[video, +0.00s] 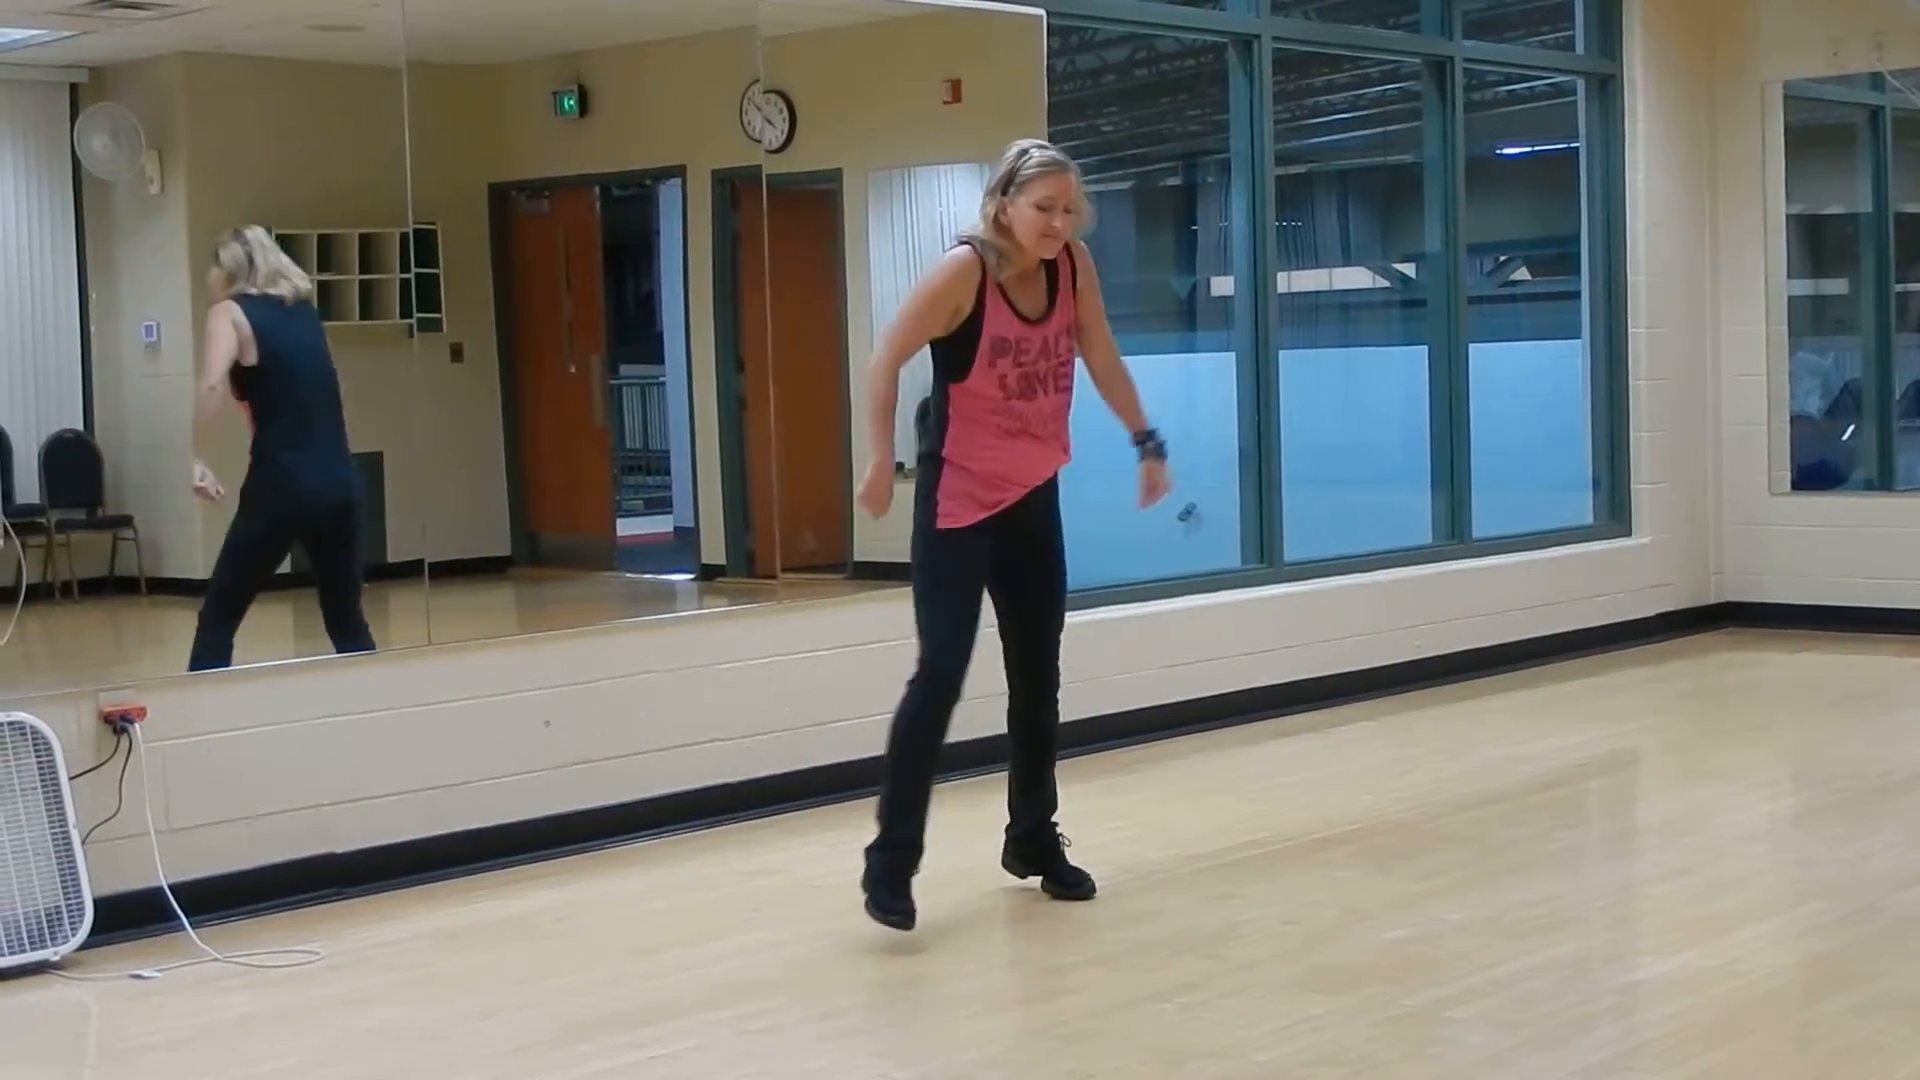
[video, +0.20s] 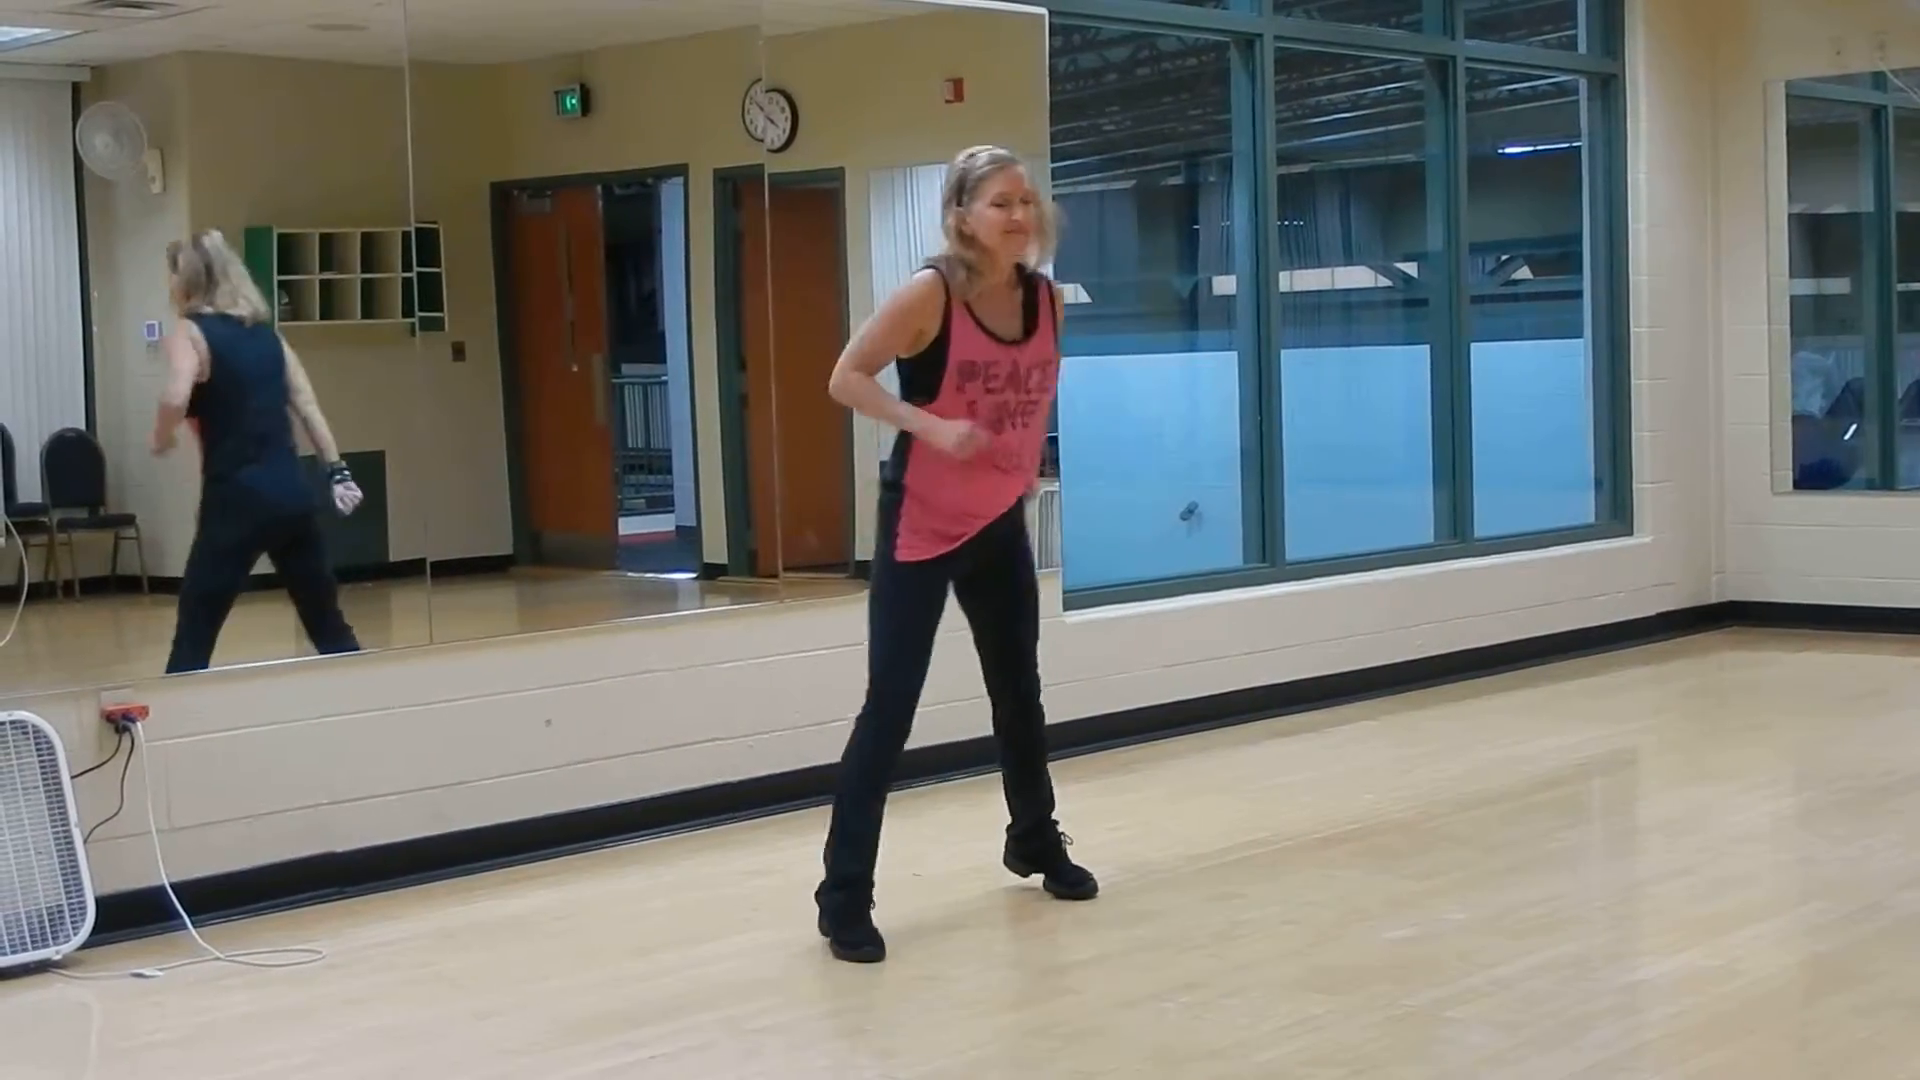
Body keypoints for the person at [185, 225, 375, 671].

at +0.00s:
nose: (212, 282)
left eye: (216, 273)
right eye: (212, 273)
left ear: (230, 271)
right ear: (274, 266)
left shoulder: (230, 311)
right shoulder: (305, 313)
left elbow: (214, 387)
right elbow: (320, 391)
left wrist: (198, 457)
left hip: (279, 488)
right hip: (337, 484)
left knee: (218, 620)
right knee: (347, 621)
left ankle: (199, 731)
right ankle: (384, 725)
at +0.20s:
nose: (170, 286)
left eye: (173, 275)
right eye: (171, 275)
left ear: (190, 278)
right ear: (228, 275)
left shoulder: (190, 332)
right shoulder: (269, 336)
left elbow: (176, 398)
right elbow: (306, 403)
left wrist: (162, 438)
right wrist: (336, 467)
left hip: (235, 501)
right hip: (291, 493)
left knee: (196, 630)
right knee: (325, 619)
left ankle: (171, 734)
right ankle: (373, 715)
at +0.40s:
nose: (125, 285)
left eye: (129, 276)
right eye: (127, 275)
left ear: (142, 281)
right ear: (189, 276)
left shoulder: (134, 343)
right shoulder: (225, 335)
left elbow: (110, 434)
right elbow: (280, 393)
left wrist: (66, 460)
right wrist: (276, 470)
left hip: (171, 511)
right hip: (233, 505)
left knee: (148, 649)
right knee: (233, 630)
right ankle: (303, 701)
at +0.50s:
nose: (111, 293)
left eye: (116, 284)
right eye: (112, 283)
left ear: (128, 290)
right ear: (175, 281)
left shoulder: (119, 351)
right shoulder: (216, 339)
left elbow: (77, 443)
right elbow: (271, 399)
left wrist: (35, 491)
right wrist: (241, 461)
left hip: (155, 517)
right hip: (216, 511)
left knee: (133, 644)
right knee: (174, 632)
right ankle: (240, 705)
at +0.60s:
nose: (101, 298)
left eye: (105, 289)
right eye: (102, 288)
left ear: (118, 295)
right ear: (166, 286)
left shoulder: (110, 358)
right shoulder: (211, 343)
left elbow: (71, 447)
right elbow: (245, 412)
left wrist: (33, 519)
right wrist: (189, 415)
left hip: (140, 523)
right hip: (202, 521)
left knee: (126, 649)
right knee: (142, 639)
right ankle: (197, 718)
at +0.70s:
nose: (94, 293)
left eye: (98, 284)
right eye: (96, 284)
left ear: (110, 290)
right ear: (159, 281)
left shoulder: (102, 355)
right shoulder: (200, 340)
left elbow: (79, 443)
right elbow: (220, 419)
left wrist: (57, 521)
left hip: (130, 522)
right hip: (192, 520)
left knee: (124, 656)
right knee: (143, 647)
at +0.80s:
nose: (85, 277)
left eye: (88, 268)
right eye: (89, 267)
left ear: (97, 276)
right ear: (150, 270)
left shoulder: (92, 337)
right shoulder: (182, 326)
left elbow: (90, 425)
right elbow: (199, 410)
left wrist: (85, 505)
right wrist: (192, 481)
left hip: (130, 511)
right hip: (192, 505)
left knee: (105, 648)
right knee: (164, 640)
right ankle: (209, 737)